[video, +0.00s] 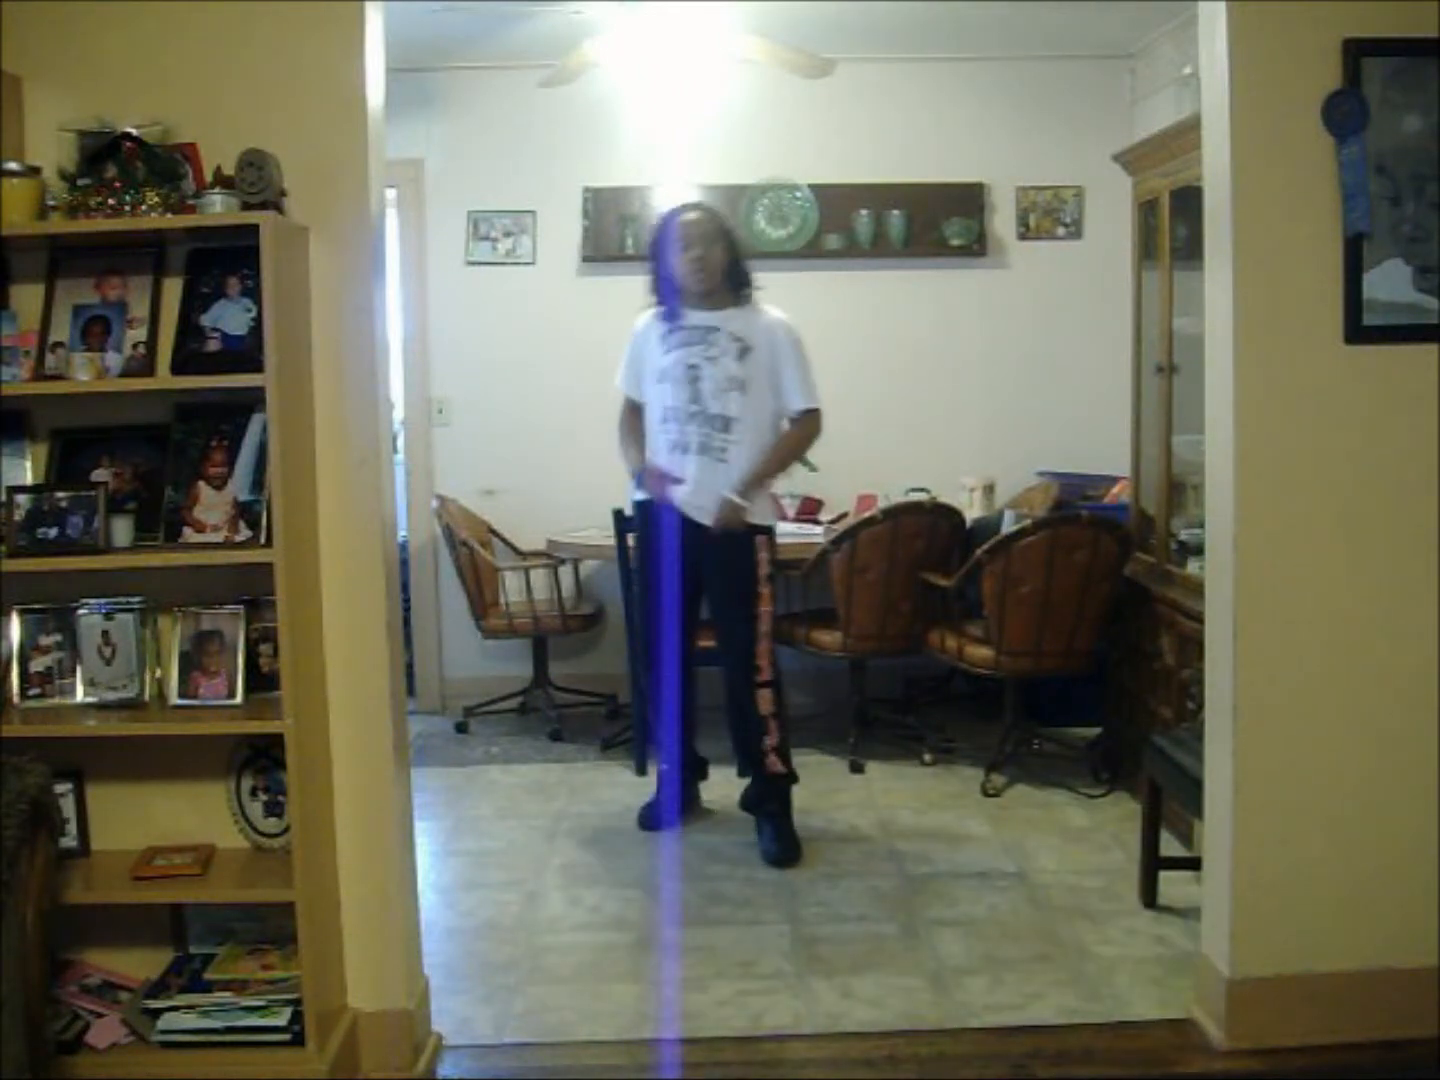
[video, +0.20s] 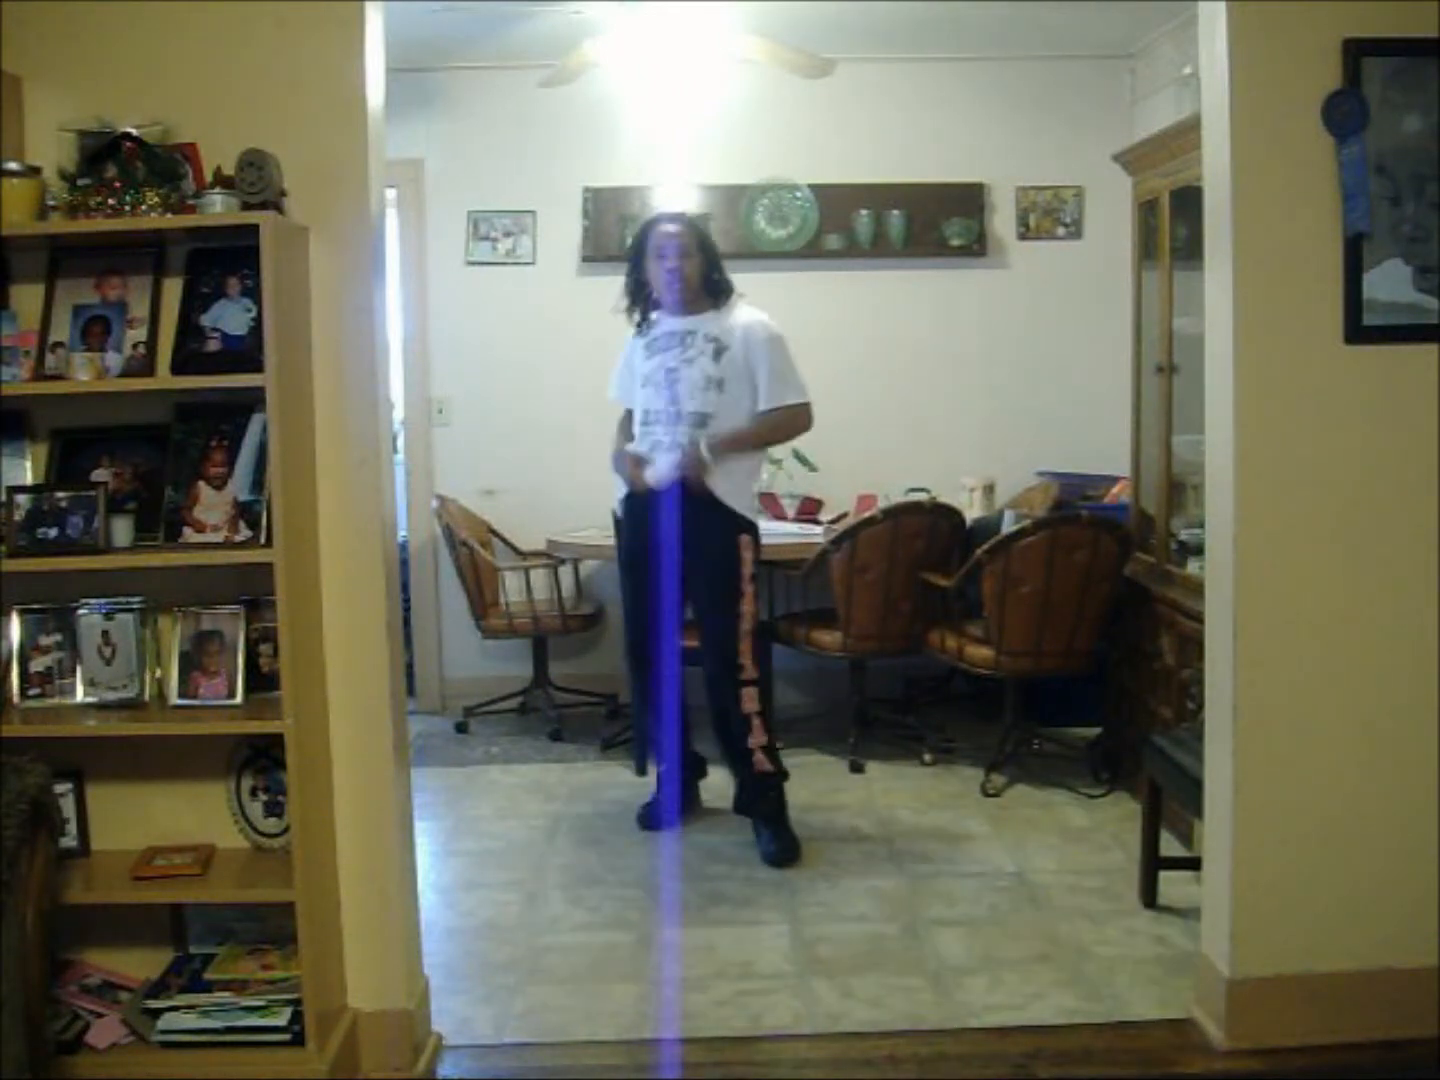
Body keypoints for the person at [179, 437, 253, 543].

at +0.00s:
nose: (219, 472)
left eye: (224, 466)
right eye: (214, 466)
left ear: (230, 469)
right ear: (204, 468)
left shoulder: (232, 488)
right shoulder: (200, 487)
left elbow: (236, 510)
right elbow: (187, 511)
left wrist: (232, 531)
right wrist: (200, 525)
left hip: (225, 532)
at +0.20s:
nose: (219, 471)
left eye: (224, 466)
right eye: (214, 466)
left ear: (230, 469)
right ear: (204, 468)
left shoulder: (231, 488)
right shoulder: (200, 487)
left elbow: (236, 511)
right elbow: (186, 511)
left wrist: (232, 531)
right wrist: (200, 526)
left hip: (225, 533)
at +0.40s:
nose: (219, 471)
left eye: (223, 466)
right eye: (214, 466)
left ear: (230, 469)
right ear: (204, 468)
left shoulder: (231, 488)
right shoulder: (200, 487)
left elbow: (236, 511)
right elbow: (187, 511)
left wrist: (232, 531)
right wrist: (200, 526)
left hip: (225, 533)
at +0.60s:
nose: (219, 471)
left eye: (223, 466)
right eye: (213, 466)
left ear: (230, 469)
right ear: (204, 468)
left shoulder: (232, 488)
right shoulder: (200, 487)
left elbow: (236, 511)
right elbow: (187, 511)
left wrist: (232, 532)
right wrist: (200, 526)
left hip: (225, 533)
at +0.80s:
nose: (219, 471)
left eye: (223, 466)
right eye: (213, 466)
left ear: (230, 469)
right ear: (203, 468)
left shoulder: (232, 488)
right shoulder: (200, 488)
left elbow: (237, 510)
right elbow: (186, 511)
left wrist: (232, 531)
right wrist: (202, 527)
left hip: (225, 534)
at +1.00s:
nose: (219, 471)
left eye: (223, 466)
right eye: (213, 466)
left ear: (230, 469)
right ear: (204, 468)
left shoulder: (232, 488)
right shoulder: (200, 487)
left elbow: (237, 511)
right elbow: (186, 511)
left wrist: (232, 531)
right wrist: (201, 526)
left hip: (225, 534)